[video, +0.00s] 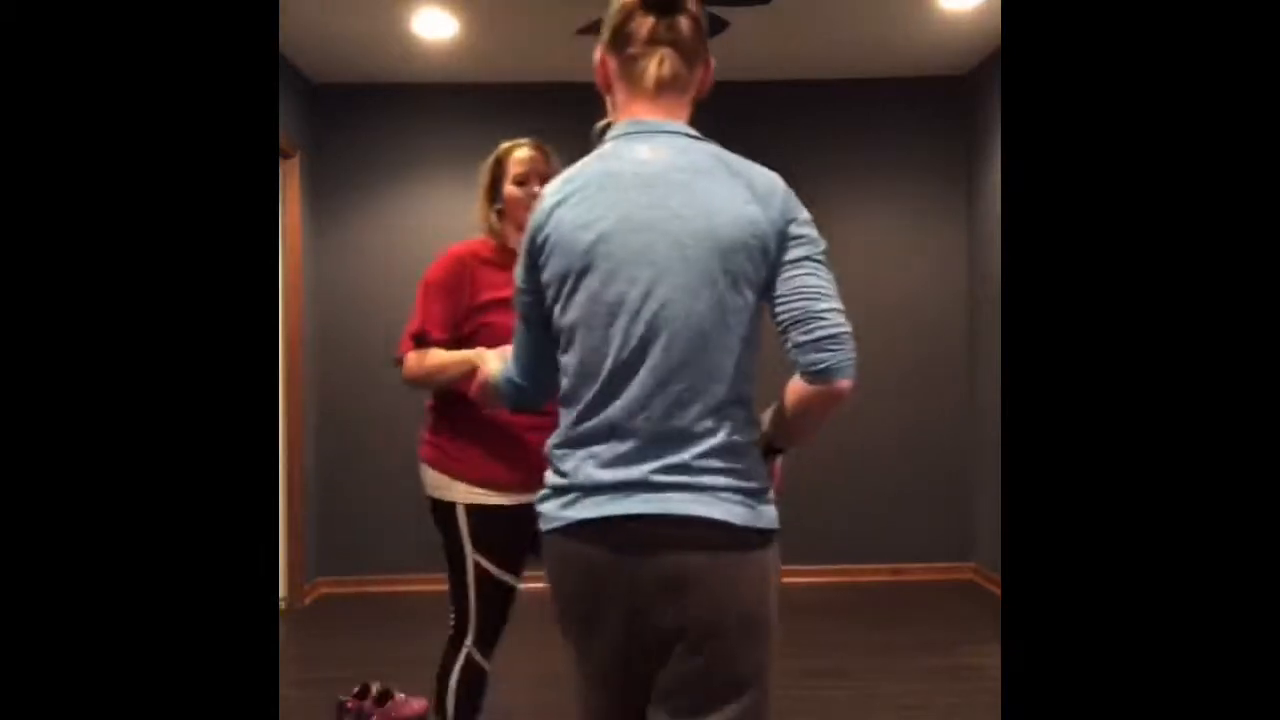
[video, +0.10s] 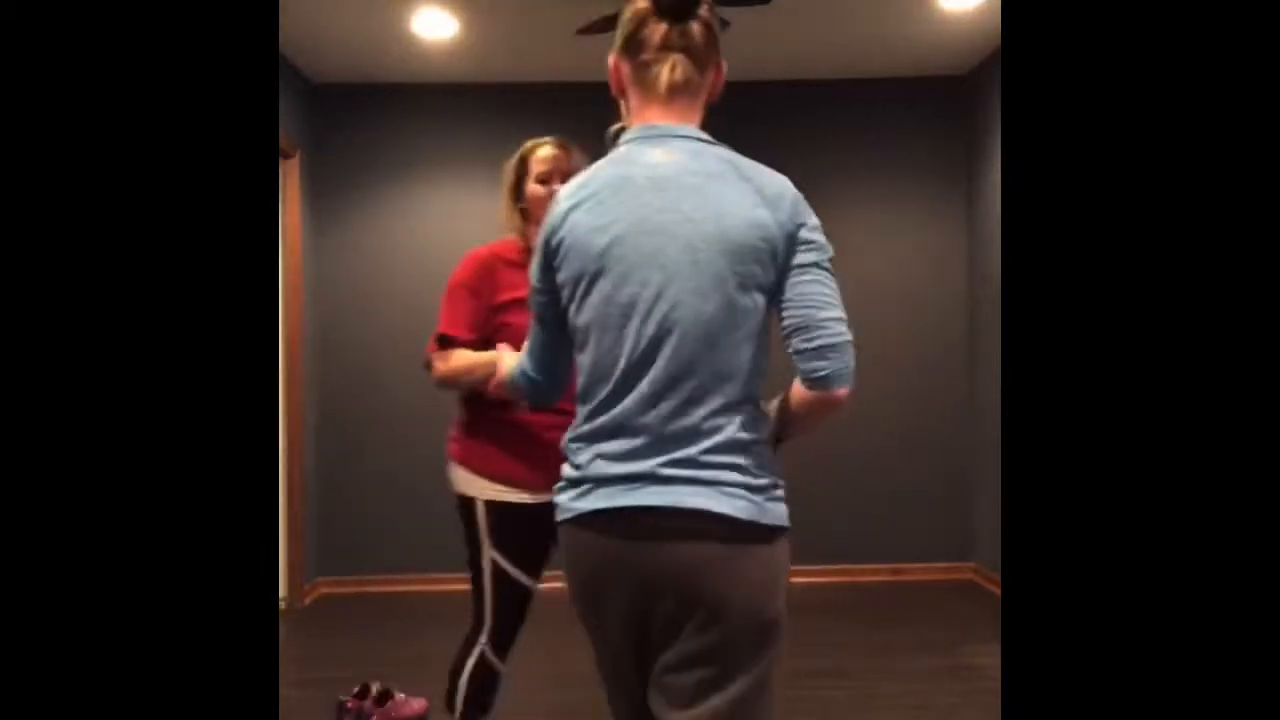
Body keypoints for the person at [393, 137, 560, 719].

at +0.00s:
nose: (534, 192)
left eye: (543, 181)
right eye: (522, 181)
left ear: (555, 192)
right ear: (495, 194)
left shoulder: (566, 264)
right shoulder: (463, 265)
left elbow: (594, 349)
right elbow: (414, 362)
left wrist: (546, 354)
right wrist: (487, 359)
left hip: (558, 473)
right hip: (475, 478)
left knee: (602, 622)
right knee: (478, 629)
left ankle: (619, 715)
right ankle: (454, 715)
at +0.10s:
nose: (556, 190)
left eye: (566, 180)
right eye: (544, 180)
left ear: (580, 189)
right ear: (519, 192)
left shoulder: (594, 266)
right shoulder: (488, 266)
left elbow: (611, 354)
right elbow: (444, 363)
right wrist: (512, 360)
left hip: (581, 469)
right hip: (500, 473)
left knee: (620, 626)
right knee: (497, 627)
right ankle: (462, 714)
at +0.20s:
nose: (582, 190)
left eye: (596, 178)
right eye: (570, 179)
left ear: (612, 187)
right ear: (547, 192)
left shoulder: (630, 268)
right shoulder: (522, 266)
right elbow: (474, 366)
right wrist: (534, 364)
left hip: (614, 470)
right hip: (532, 471)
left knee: (633, 625)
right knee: (523, 622)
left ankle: (645, 713)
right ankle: (480, 710)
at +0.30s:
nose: (609, 191)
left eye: (622, 178)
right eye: (596, 179)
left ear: (638, 186)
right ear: (573, 191)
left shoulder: (659, 270)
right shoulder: (547, 269)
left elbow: (680, 352)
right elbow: (505, 367)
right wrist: (584, 363)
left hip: (641, 471)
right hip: (562, 470)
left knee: (644, 610)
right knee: (564, 614)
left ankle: (650, 701)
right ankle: (538, 680)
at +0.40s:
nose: (629, 193)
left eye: (641, 180)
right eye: (617, 181)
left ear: (656, 188)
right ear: (594, 192)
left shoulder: (679, 269)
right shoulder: (567, 270)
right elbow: (533, 365)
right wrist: (612, 361)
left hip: (659, 469)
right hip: (584, 470)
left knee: (658, 594)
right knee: (596, 606)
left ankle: (657, 691)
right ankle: (601, 688)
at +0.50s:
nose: (646, 198)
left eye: (655, 187)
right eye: (634, 187)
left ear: (669, 194)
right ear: (612, 196)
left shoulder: (694, 273)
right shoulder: (581, 275)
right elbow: (560, 362)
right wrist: (642, 363)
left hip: (681, 470)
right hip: (602, 471)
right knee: (632, 617)